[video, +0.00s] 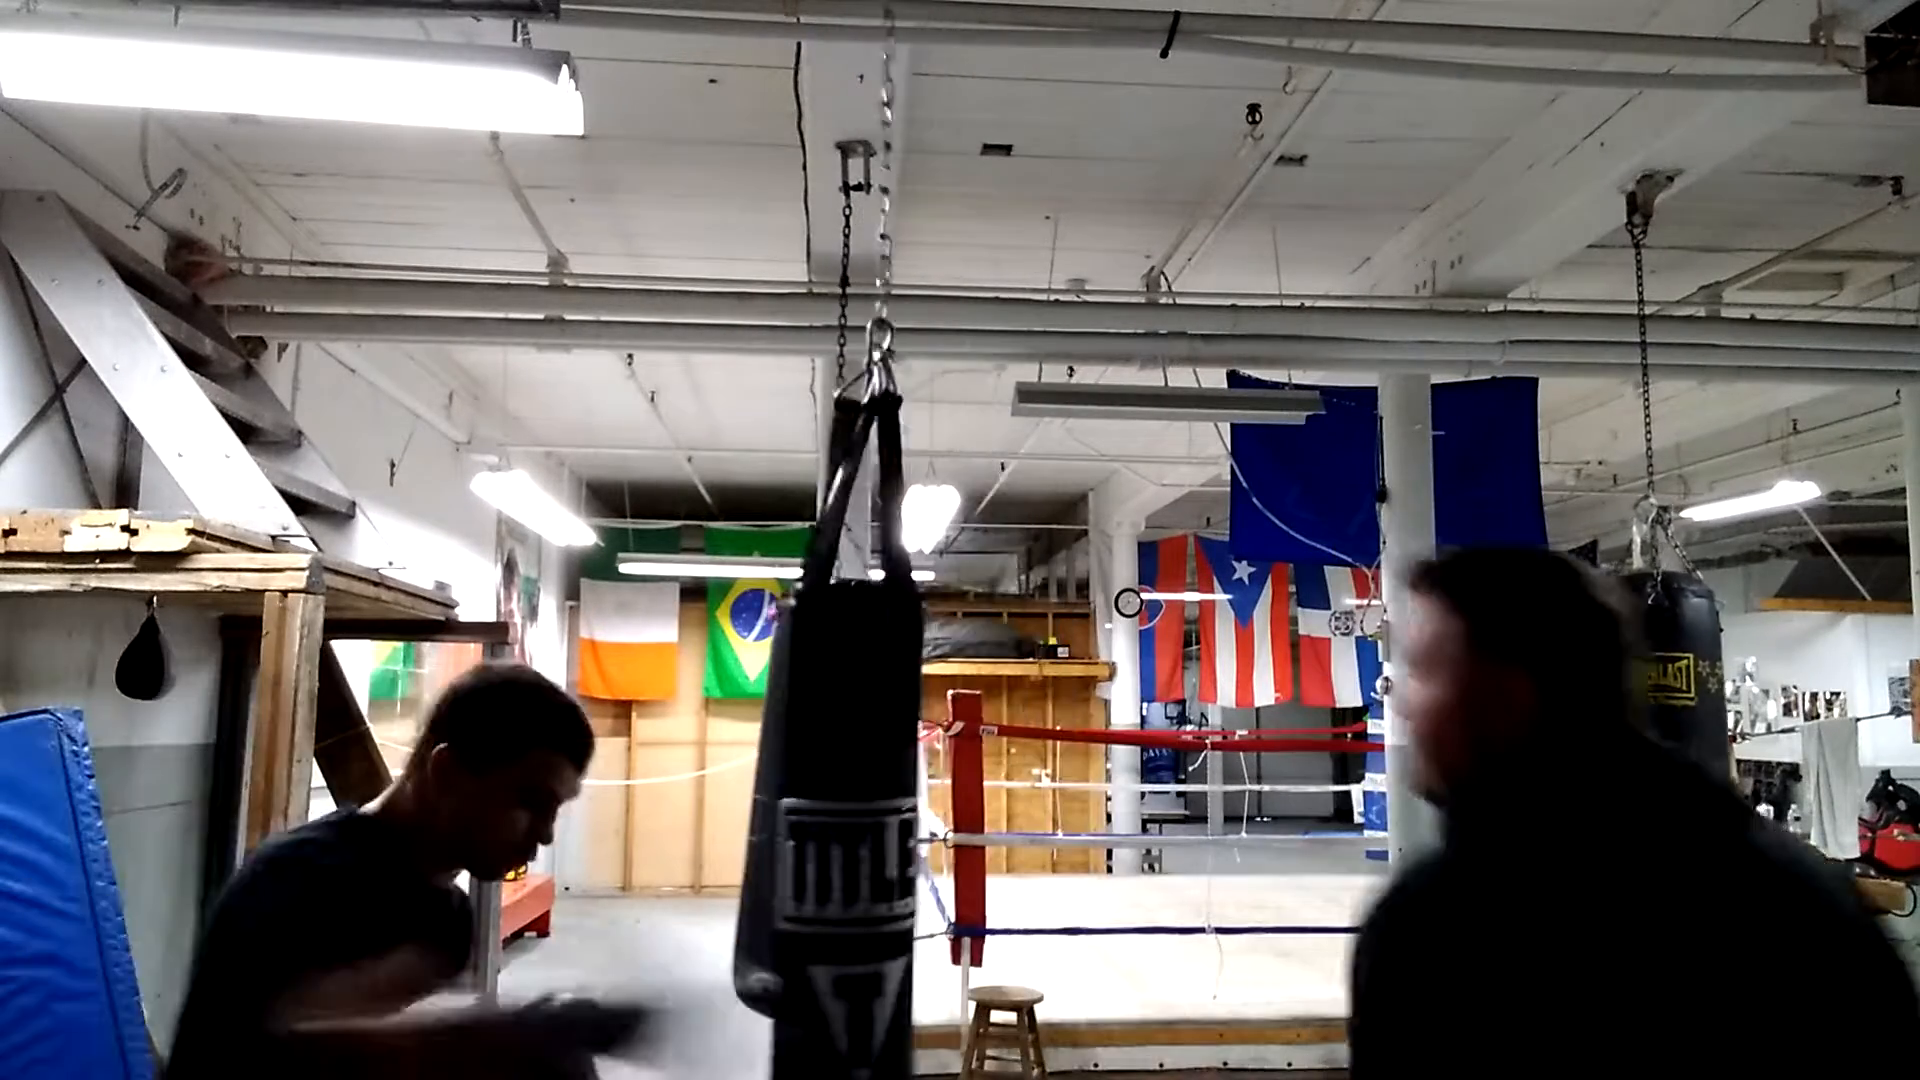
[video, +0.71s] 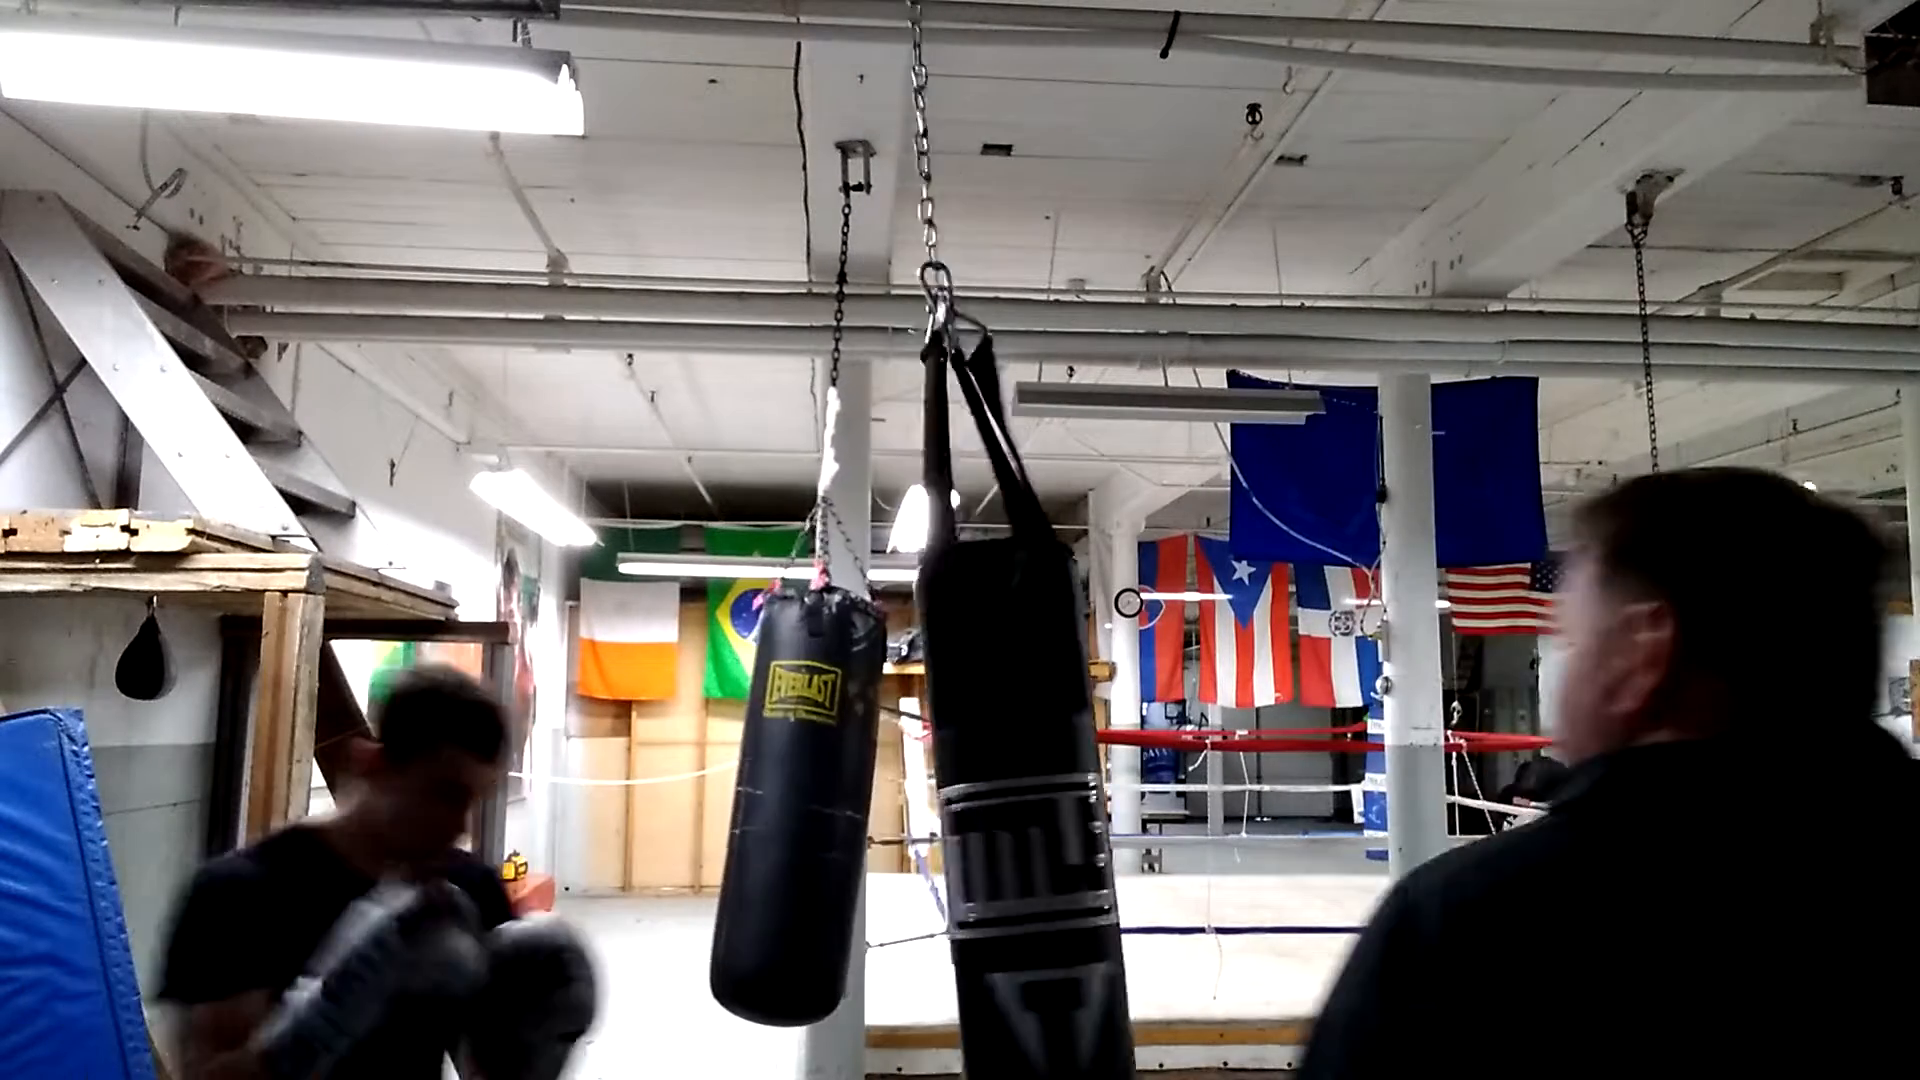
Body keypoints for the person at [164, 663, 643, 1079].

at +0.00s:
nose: (546, 836)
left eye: (555, 812)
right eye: (533, 804)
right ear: (444, 769)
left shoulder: (447, 910)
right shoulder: (297, 875)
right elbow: (241, 1045)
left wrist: (524, 1032)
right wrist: (491, 1041)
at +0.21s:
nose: (483, 808)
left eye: (496, 783)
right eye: (469, 775)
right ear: (393, 742)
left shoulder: (449, 905)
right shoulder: (233, 868)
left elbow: (439, 1076)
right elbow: (140, 1056)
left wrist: (551, 1010)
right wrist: (387, 1007)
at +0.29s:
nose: (422, 804)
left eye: (437, 778)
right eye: (405, 770)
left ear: (452, 770)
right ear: (334, 744)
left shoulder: (413, 896)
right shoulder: (175, 882)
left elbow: (439, 1068)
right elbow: (131, 1067)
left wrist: (541, 1020)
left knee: (580, 967)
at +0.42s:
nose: (369, 798)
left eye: (381, 770)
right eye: (346, 767)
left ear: (392, 763)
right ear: (260, 741)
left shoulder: (380, 876)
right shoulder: (120, 896)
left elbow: (451, 1010)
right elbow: (95, 1070)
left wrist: (405, 842)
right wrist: (247, 1032)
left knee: (466, 1032)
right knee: (355, 943)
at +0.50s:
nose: (368, 794)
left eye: (381, 767)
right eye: (345, 762)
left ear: (391, 764)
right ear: (261, 737)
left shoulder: (394, 875)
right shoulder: (125, 898)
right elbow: (117, 1071)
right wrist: (256, 1000)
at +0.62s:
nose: (412, 806)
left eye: (425, 781)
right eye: (395, 775)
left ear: (436, 773)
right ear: (319, 751)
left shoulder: (427, 878)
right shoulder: (189, 892)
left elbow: (454, 1053)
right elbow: (158, 1067)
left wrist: (499, 1003)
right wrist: (280, 986)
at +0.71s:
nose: (463, 823)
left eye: (474, 801)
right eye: (448, 795)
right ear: (373, 764)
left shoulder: (469, 888)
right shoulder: (241, 890)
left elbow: (484, 1065)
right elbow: (205, 1067)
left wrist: (532, 1030)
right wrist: (327, 1002)